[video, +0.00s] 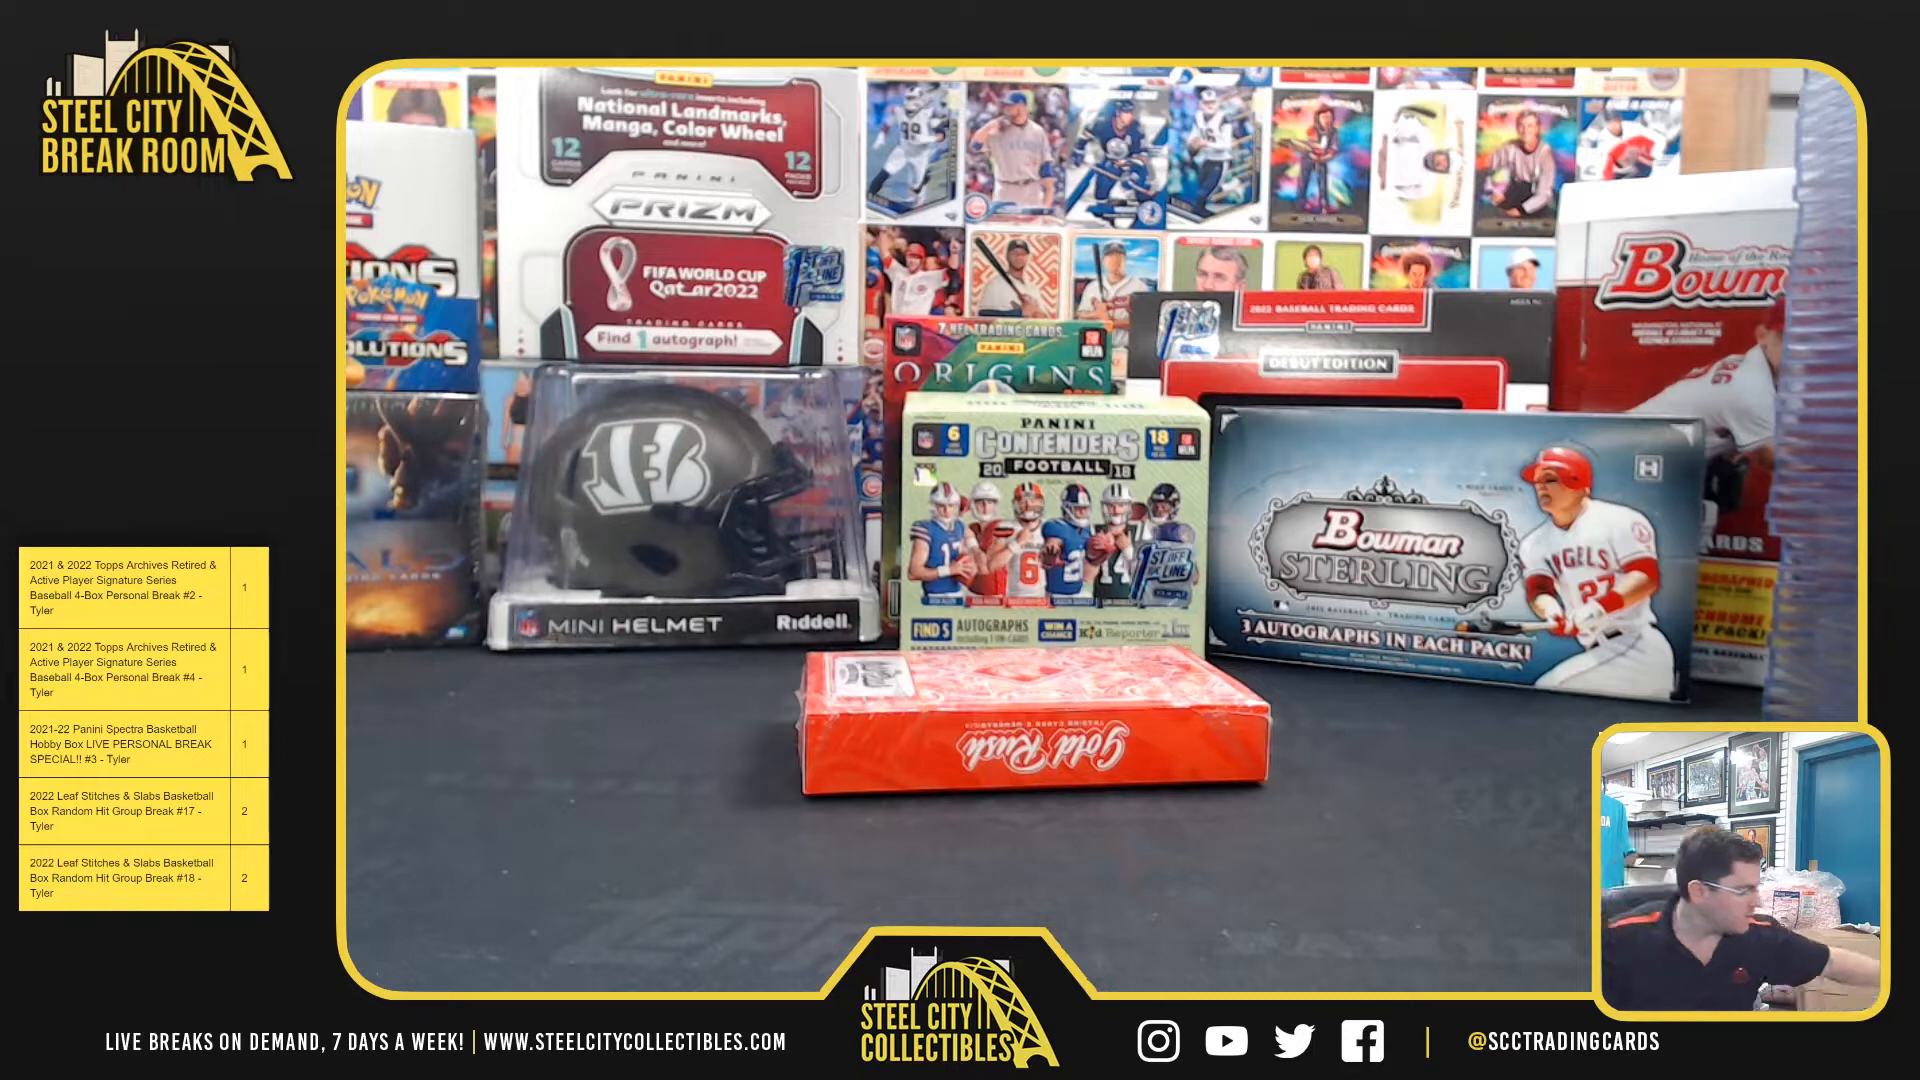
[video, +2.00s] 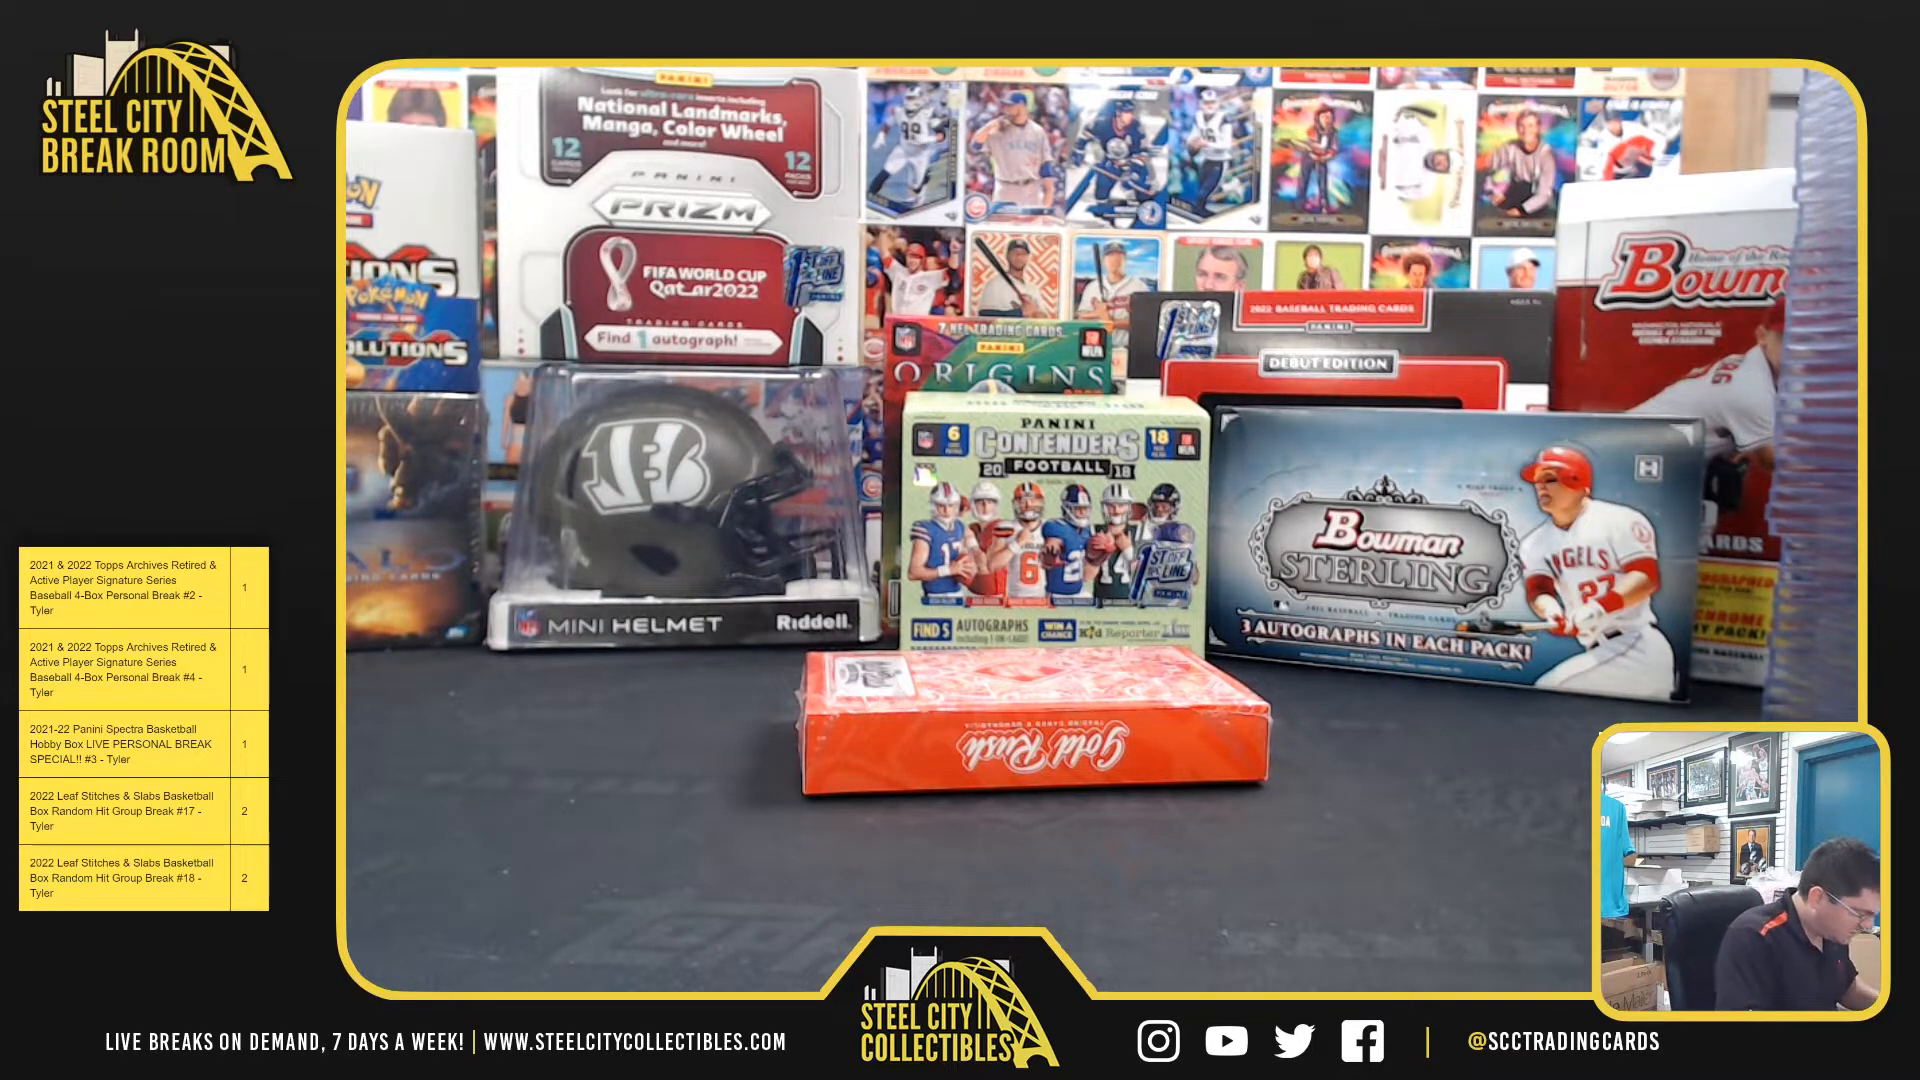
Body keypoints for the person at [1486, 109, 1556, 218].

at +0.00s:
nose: (1526, 130)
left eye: (1530, 126)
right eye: (1522, 126)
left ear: (1538, 128)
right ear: (1517, 129)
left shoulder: (1544, 153)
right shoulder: (1507, 150)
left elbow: (1545, 191)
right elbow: (1491, 176)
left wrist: (1523, 209)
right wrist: (1494, 193)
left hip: (1535, 187)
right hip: (1513, 187)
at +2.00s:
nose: (1526, 130)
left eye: (1530, 126)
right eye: (1522, 126)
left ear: (1538, 128)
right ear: (1517, 129)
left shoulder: (1545, 153)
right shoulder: (1508, 150)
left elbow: (1545, 192)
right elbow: (1490, 175)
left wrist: (1523, 209)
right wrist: (1494, 193)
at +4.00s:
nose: (1526, 130)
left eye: (1531, 126)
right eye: (1522, 126)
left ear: (1539, 129)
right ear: (1517, 129)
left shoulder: (1545, 154)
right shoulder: (1506, 151)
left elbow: (1545, 192)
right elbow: (1490, 178)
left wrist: (1522, 209)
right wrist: (1494, 194)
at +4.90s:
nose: (1526, 131)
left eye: (1530, 126)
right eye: (1522, 126)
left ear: (1538, 129)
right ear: (1518, 130)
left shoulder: (1545, 154)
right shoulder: (1505, 151)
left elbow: (1546, 191)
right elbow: (1491, 179)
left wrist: (1523, 210)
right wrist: (1495, 193)